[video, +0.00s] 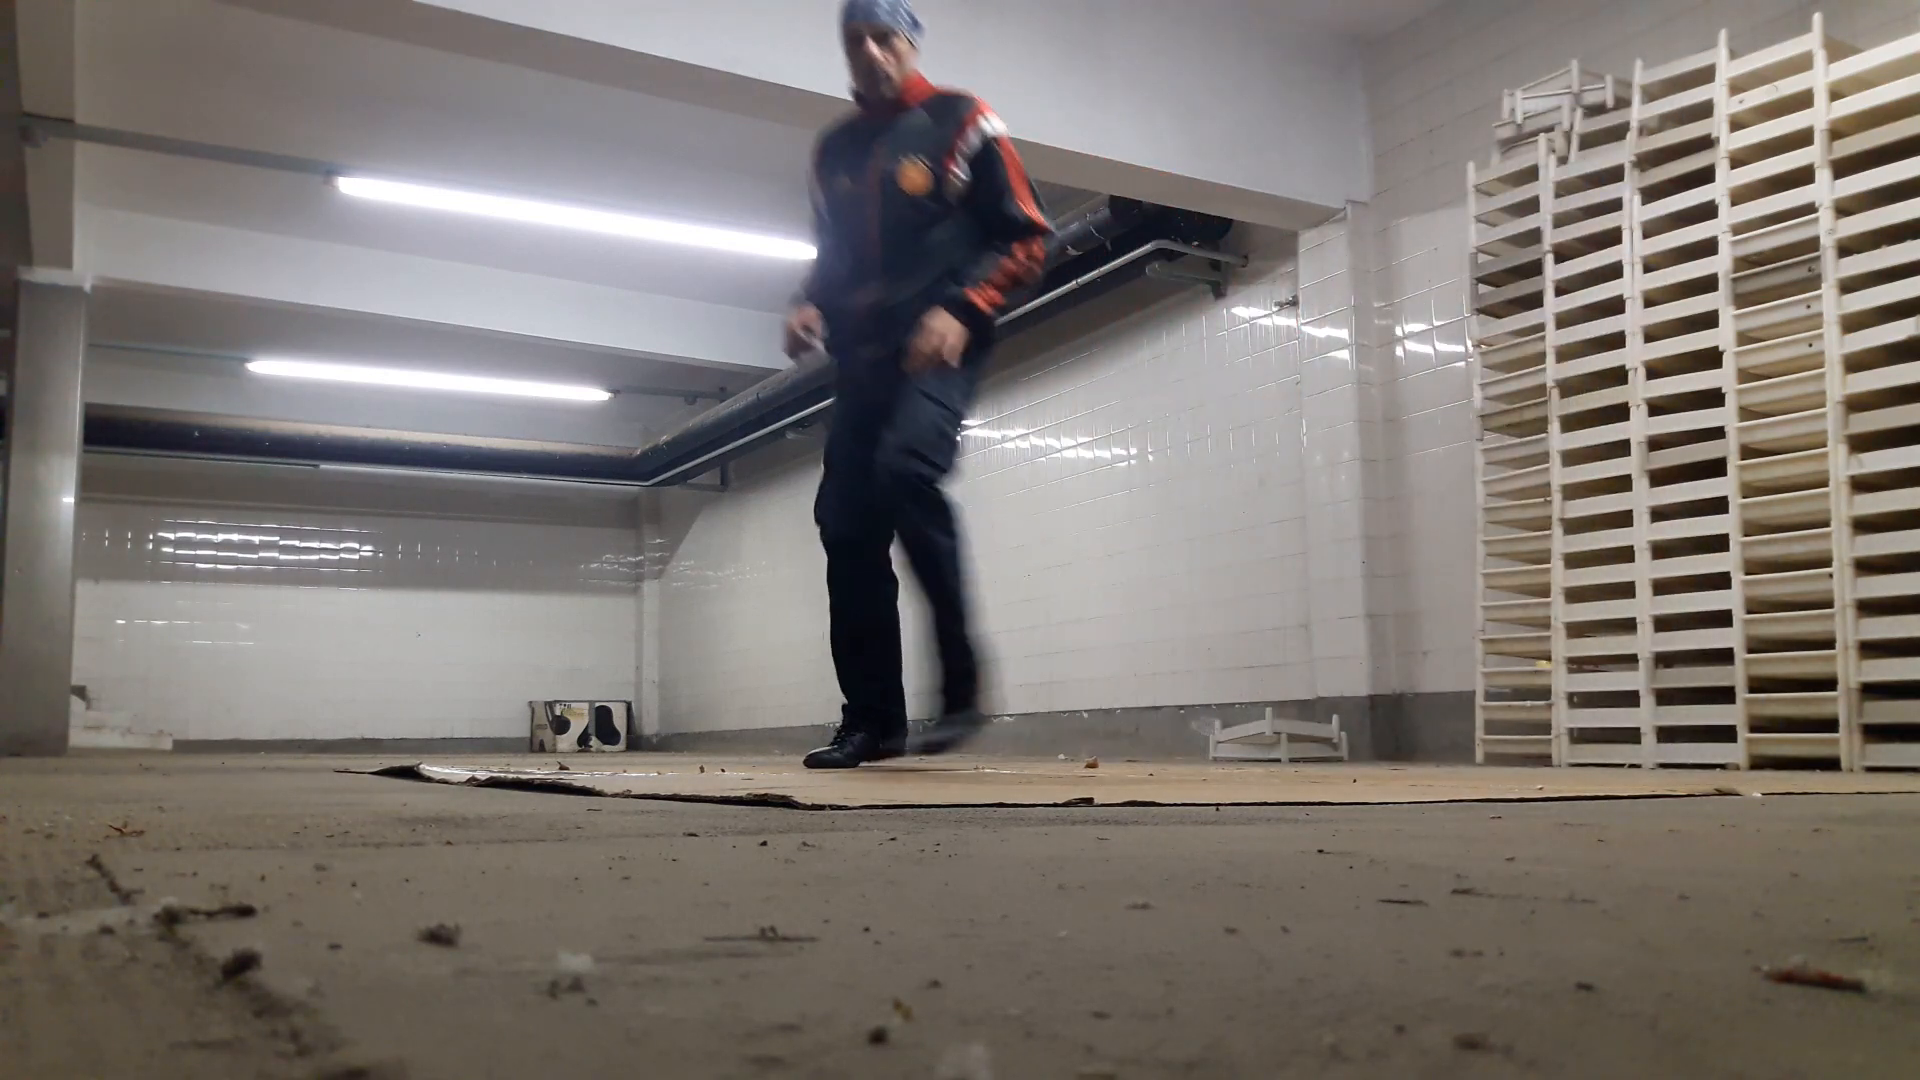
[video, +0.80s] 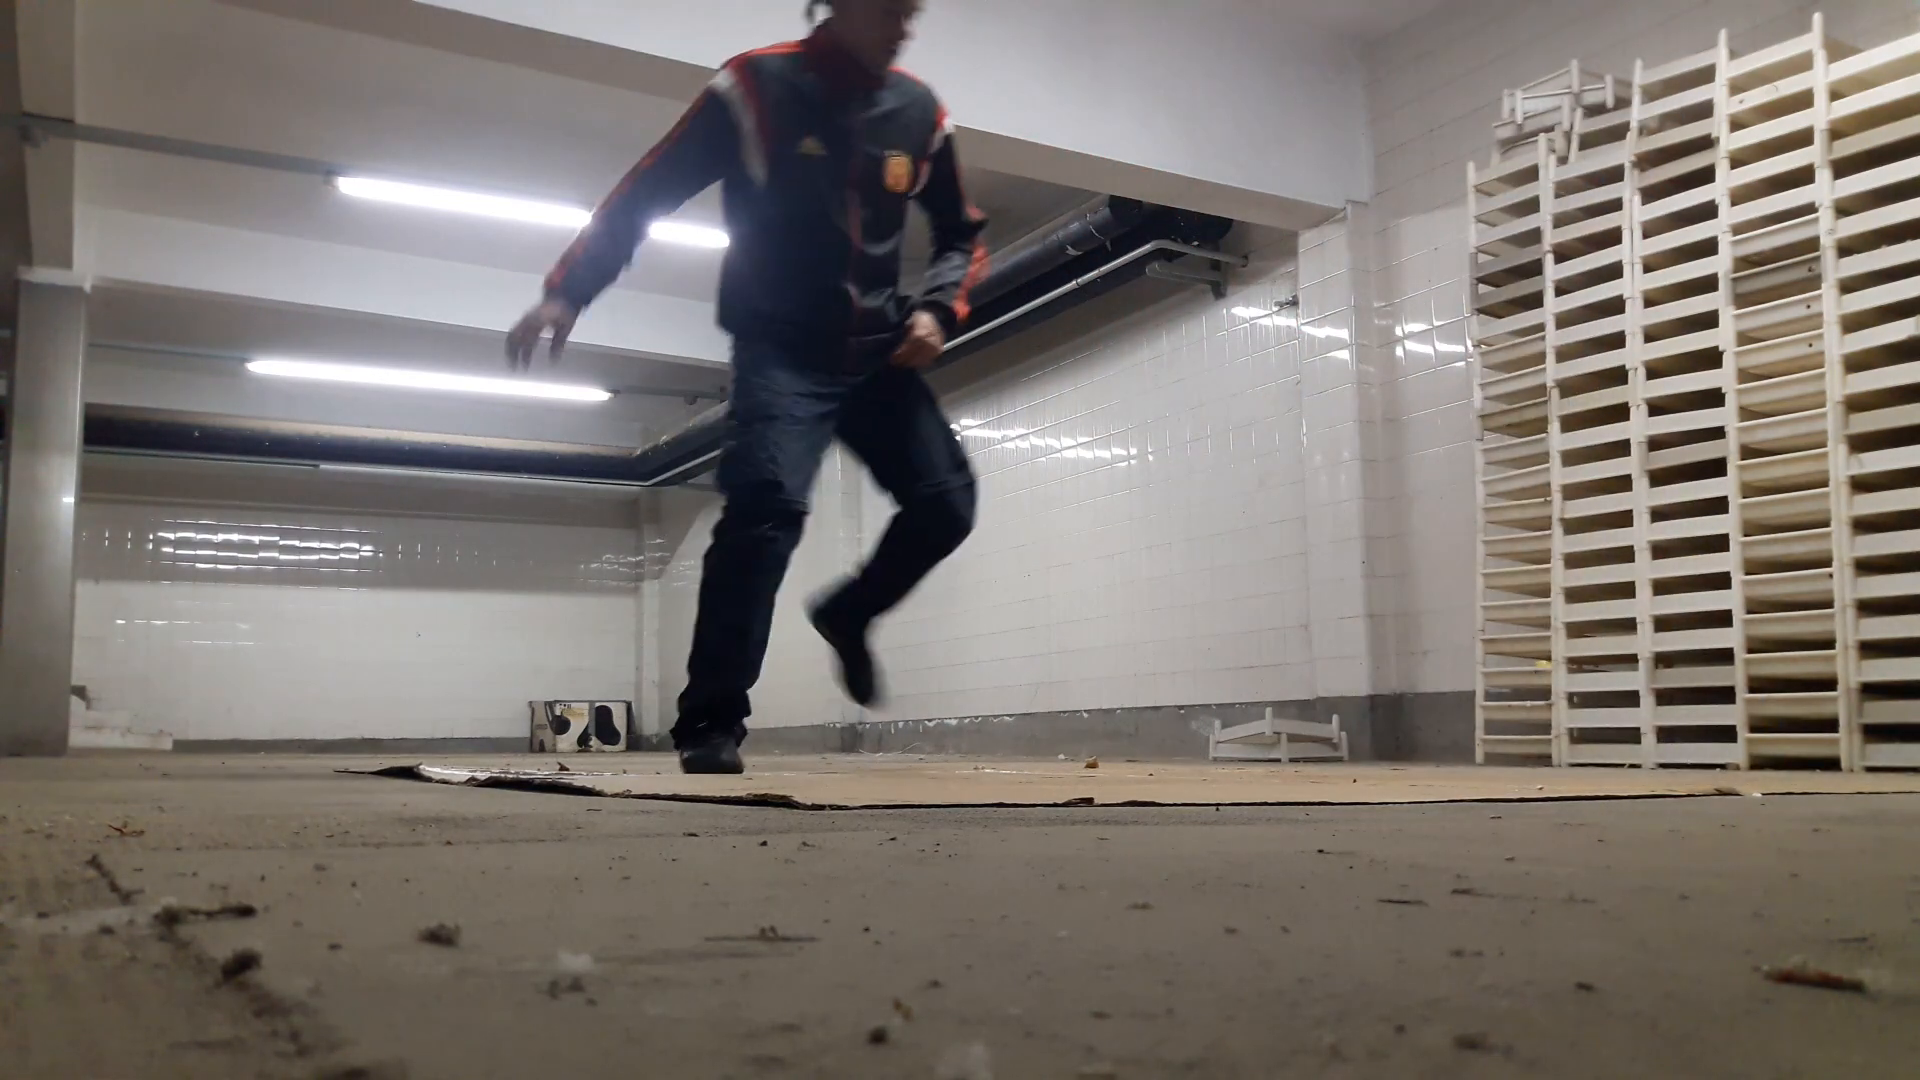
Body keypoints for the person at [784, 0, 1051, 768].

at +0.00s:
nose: (868, 56)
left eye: (881, 40)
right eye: (855, 44)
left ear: (911, 44)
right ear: (844, 56)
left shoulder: (962, 120)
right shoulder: (833, 148)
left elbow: (1029, 239)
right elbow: (837, 250)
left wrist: (961, 310)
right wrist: (809, 303)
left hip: (939, 341)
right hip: (861, 351)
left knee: (903, 475)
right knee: (844, 521)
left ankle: (962, 697)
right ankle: (873, 721)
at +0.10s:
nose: (833, 14)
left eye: (846, 1)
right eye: (821, 5)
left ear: (878, 7)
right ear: (812, 18)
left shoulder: (924, 76)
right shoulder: (804, 108)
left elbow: (997, 198)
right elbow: (809, 224)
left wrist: (919, 277)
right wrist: (778, 268)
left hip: (902, 318)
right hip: (832, 327)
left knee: (852, 476)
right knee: (832, 494)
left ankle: (840, 698)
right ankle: (872, 704)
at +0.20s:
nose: (802, 9)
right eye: (795, 1)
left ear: (850, 1)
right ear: (788, 11)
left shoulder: (902, 72)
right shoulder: (783, 97)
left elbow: (958, 193)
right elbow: (788, 226)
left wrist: (870, 276)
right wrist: (744, 269)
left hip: (859, 328)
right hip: (796, 328)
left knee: (794, 499)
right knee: (793, 508)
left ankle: (729, 711)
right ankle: (862, 702)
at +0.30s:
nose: (783, 13)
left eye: (799, 1)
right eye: (777, 3)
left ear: (839, 8)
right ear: (775, 17)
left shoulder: (877, 86)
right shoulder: (773, 115)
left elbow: (922, 219)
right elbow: (766, 242)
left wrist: (814, 301)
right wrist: (714, 295)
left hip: (815, 345)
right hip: (756, 341)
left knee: (714, 504)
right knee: (689, 506)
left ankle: (725, 733)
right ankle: (806, 668)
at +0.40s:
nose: (781, 13)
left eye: (794, 3)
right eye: (772, 4)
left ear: (827, 5)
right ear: (763, 13)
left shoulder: (869, 80)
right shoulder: (748, 99)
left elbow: (916, 215)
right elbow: (754, 229)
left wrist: (812, 293)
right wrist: (704, 269)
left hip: (806, 337)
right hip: (733, 332)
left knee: (722, 495)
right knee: (651, 486)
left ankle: (727, 731)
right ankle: (749, 669)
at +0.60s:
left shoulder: (891, 57)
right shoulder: (719, 42)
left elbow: (945, 197)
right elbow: (665, 154)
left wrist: (895, 276)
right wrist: (641, 248)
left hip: (841, 315)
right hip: (738, 306)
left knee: (840, 465)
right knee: (725, 491)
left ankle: (792, 661)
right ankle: (699, 722)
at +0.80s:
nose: (904, 23)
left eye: (910, 10)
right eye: (887, 7)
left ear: (912, 18)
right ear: (835, 6)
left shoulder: (918, 109)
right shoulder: (756, 86)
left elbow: (962, 237)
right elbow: (648, 189)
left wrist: (941, 312)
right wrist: (566, 293)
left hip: (879, 357)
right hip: (783, 354)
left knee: (947, 507)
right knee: (764, 515)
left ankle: (848, 612)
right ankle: (713, 725)